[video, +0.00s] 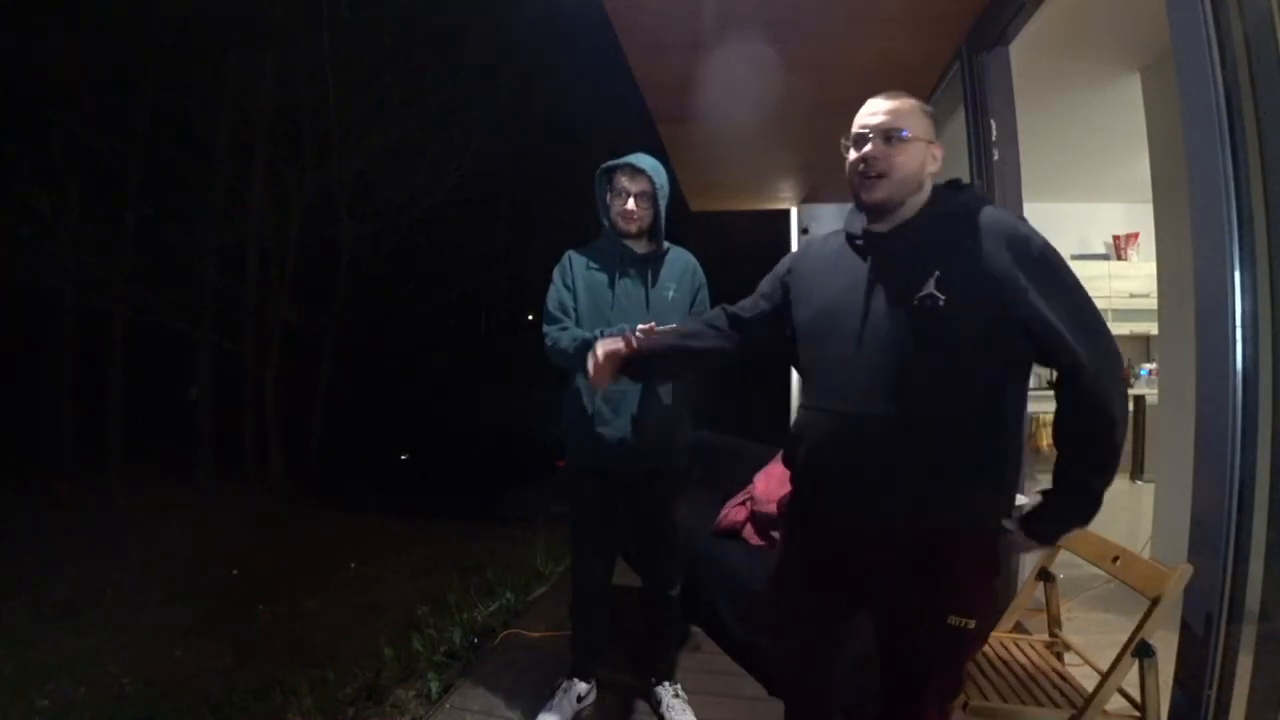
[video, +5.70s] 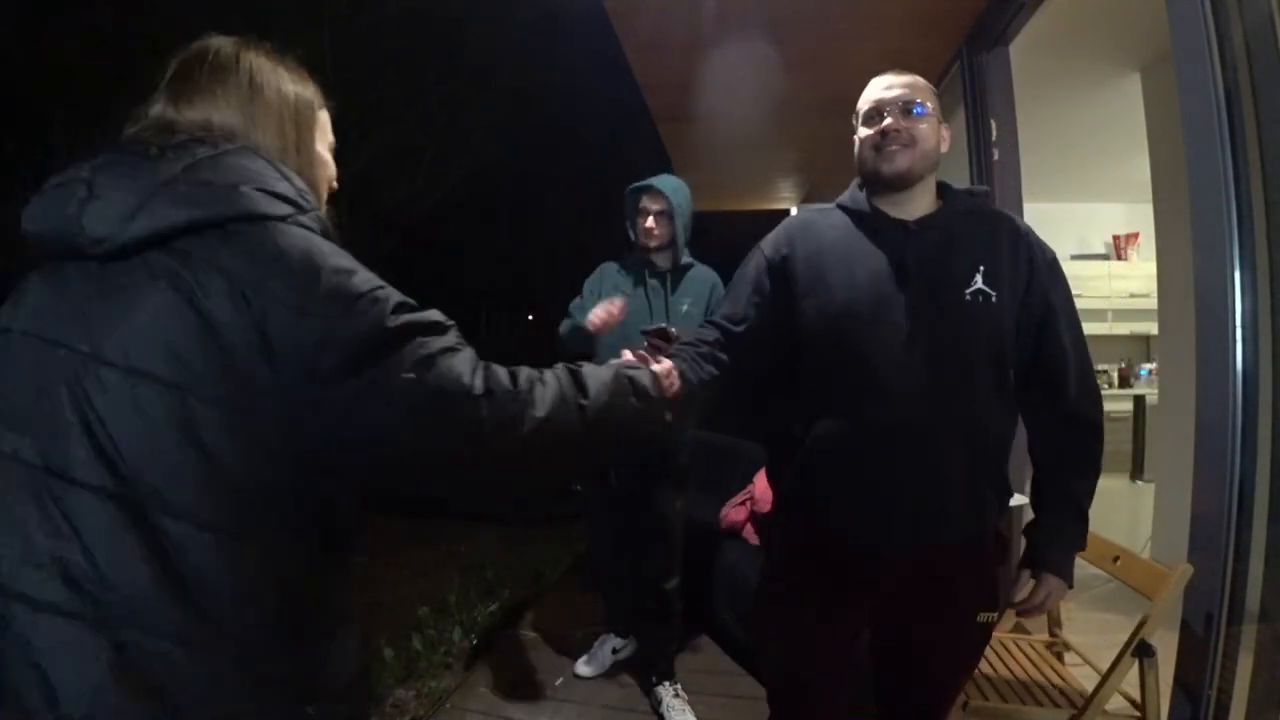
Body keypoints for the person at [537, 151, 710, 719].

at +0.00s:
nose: (630, 206)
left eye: (641, 197)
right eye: (621, 196)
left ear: (658, 203)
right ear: (606, 203)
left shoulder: (684, 268)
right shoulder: (576, 266)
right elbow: (554, 340)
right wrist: (614, 342)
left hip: (660, 443)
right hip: (593, 443)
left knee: (663, 565)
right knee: (590, 564)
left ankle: (663, 679)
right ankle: (582, 679)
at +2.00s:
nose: (629, 206)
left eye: (640, 197)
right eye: (618, 195)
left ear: (656, 203)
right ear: (601, 199)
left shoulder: (678, 264)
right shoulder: (573, 264)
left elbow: (700, 355)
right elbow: (557, 346)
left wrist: (674, 348)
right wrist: (620, 340)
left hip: (659, 441)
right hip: (592, 440)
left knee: (662, 562)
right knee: (589, 561)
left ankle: (663, 679)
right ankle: (581, 678)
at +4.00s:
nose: (644, 206)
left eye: (656, 196)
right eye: (634, 195)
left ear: (674, 202)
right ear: (616, 202)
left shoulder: (698, 271)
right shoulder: (591, 266)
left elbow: (714, 356)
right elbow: (575, 349)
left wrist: (678, 351)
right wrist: (626, 370)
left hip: (671, 448)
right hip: (604, 445)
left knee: (671, 568)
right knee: (594, 565)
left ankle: (665, 678)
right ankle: (582, 677)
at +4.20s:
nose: (652, 204)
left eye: (664, 194)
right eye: (642, 193)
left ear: (686, 201)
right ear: (627, 200)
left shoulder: (712, 274)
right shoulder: (603, 269)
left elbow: (725, 360)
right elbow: (579, 351)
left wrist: (688, 349)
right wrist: (611, 343)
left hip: (678, 442)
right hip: (611, 438)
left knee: (673, 556)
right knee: (599, 554)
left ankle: (666, 679)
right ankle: (582, 675)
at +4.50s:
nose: (664, 205)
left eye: (677, 196)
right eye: (657, 195)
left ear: (702, 202)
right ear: (644, 202)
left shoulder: (729, 277)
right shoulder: (624, 267)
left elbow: (738, 367)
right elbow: (588, 333)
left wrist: (691, 350)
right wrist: (620, 257)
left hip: (683, 446)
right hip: (615, 438)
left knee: (673, 560)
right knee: (601, 555)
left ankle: (666, 678)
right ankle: (584, 674)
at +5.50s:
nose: (670, 220)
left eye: (682, 212)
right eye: (665, 209)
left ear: (705, 217)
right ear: (656, 212)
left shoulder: (721, 279)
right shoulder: (630, 270)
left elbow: (732, 361)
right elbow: (591, 328)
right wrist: (637, 262)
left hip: (686, 440)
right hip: (621, 435)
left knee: (678, 554)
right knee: (609, 540)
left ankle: (666, 673)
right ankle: (610, 624)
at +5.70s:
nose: (650, 224)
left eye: (661, 214)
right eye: (642, 215)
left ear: (682, 220)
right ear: (631, 221)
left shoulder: (706, 284)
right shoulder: (609, 277)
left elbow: (718, 352)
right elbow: (565, 342)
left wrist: (678, 363)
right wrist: (588, 326)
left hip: (675, 433)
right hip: (609, 427)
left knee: (665, 546)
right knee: (611, 532)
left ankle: (661, 670)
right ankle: (620, 629)